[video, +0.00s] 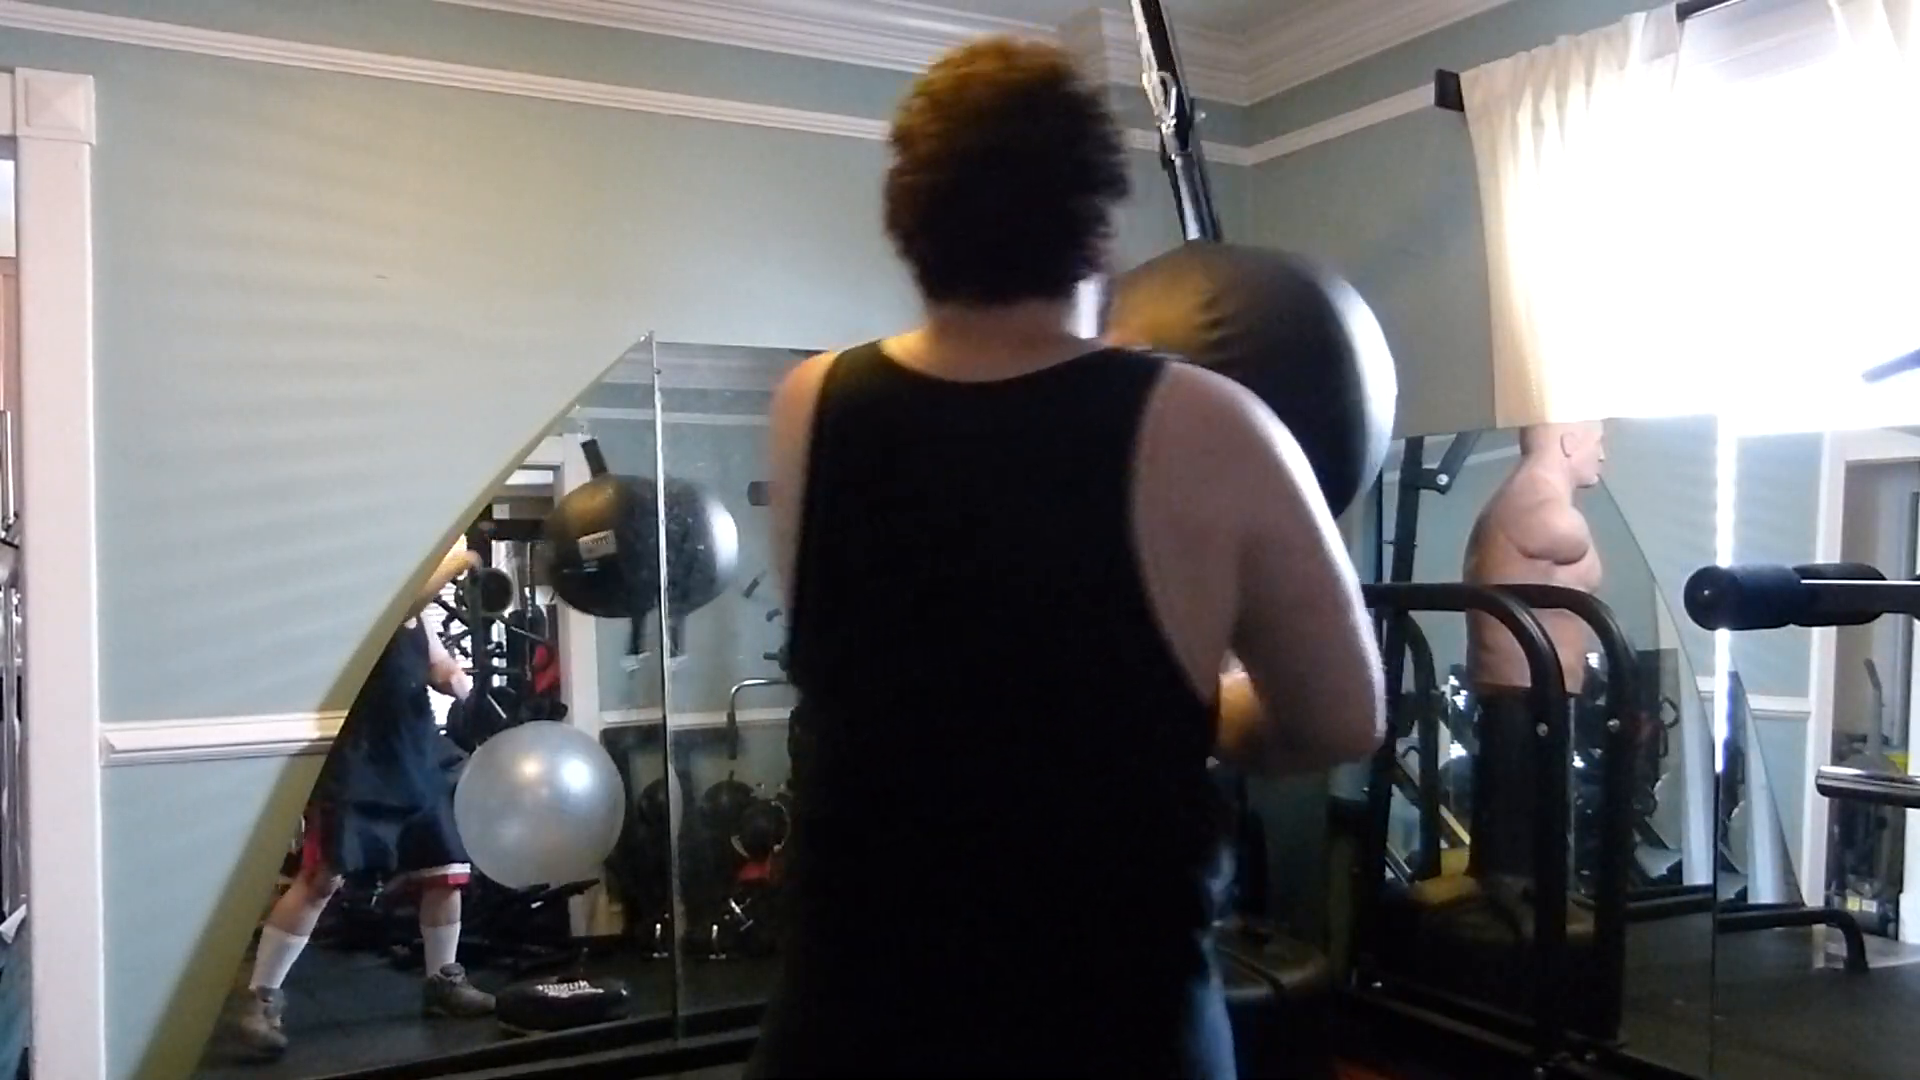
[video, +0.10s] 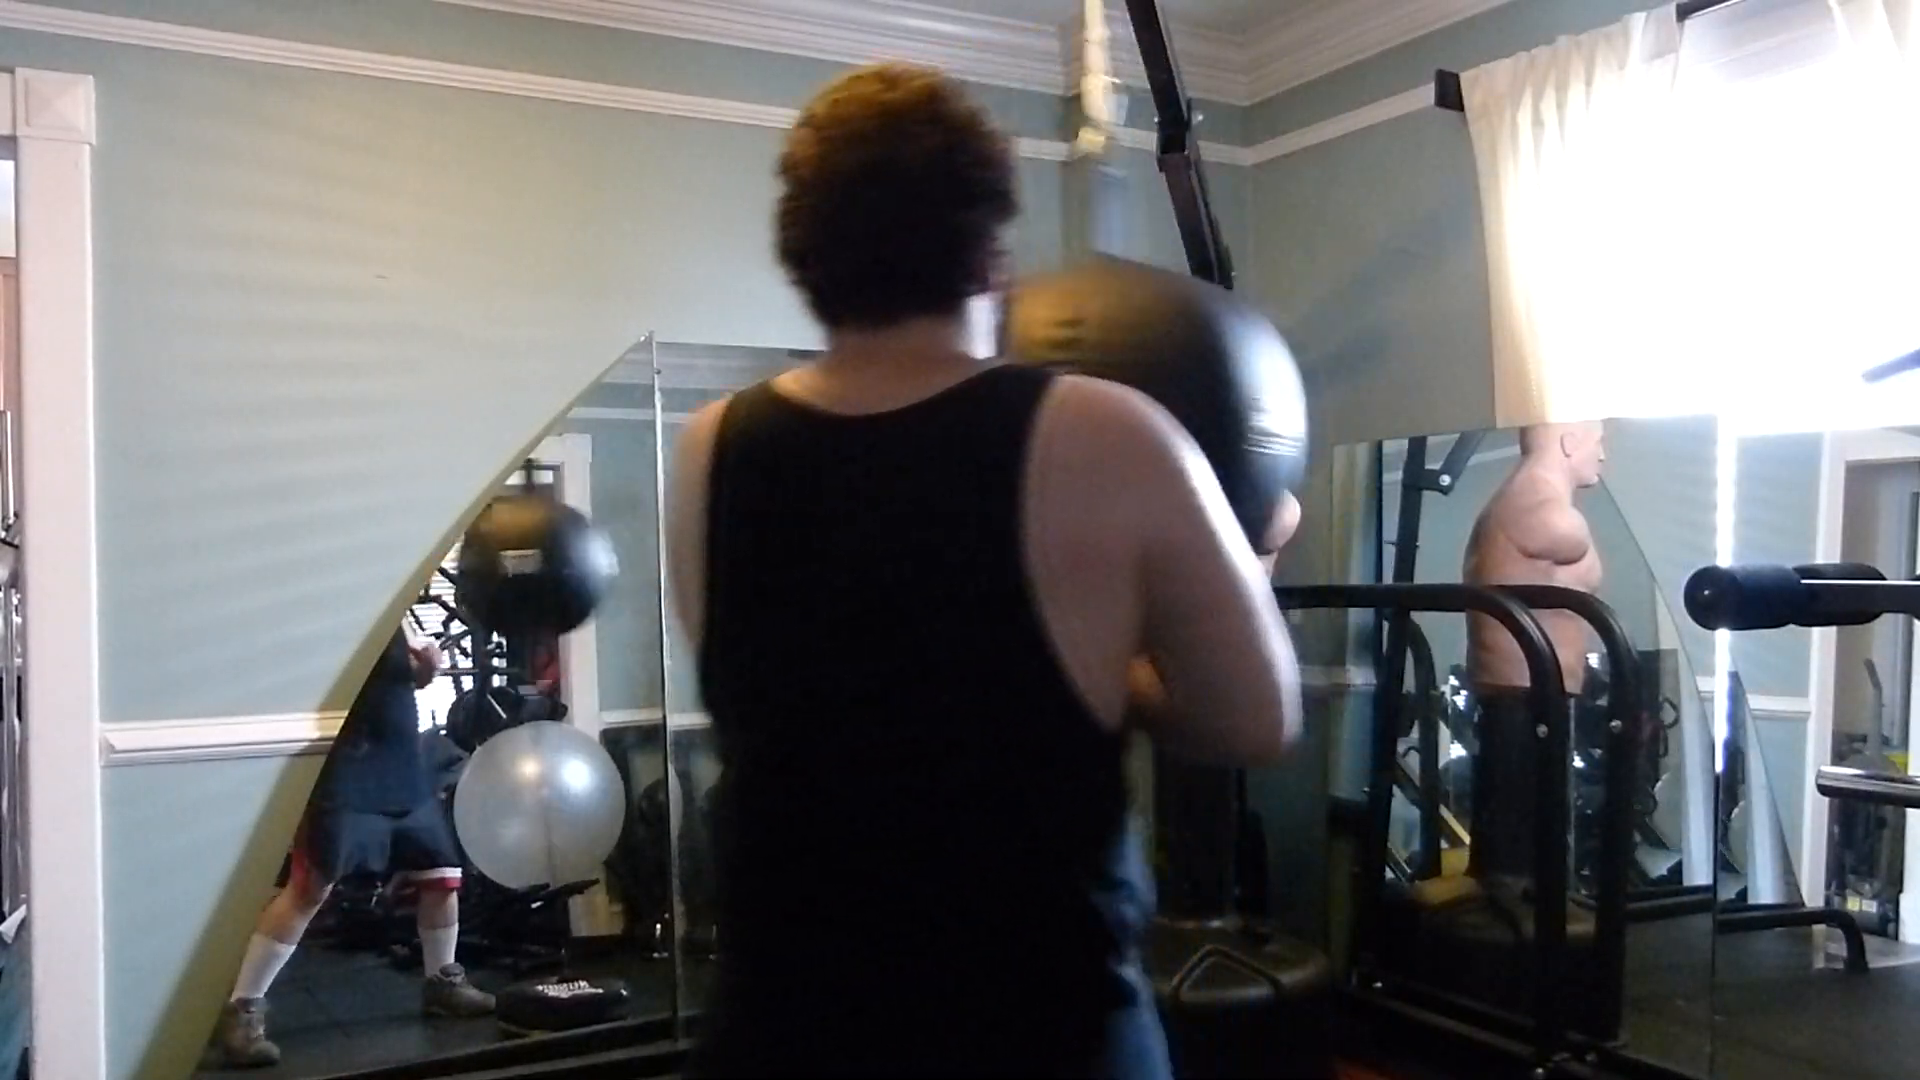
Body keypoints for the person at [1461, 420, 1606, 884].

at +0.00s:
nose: (1603, 456)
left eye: (1603, 442)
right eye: (1598, 441)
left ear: (1556, 441)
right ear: (1567, 442)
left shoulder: (1512, 501)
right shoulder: (1538, 500)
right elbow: (1593, 575)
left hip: (1510, 696)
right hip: (1529, 699)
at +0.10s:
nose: (1603, 456)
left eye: (1603, 442)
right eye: (1598, 440)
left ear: (1556, 441)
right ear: (1567, 441)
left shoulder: (1510, 502)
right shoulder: (1538, 500)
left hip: (1510, 695)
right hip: (1529, 698)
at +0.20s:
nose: (1604, 456)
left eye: (1603, 441)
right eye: (1598, 439)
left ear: (1555, 440)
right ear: (1567, 441)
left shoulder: (1510, 500)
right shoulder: (1539, 499)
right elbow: (1593, 574)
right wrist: (1586, 549)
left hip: (1508, 697)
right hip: (1529, 700)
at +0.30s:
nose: (1603, 456)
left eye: (1602, 442)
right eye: (1598, 440)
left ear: (1555, 441)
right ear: (1567, 441)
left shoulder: (1510, 501)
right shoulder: (1540, 502)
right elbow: (1594, 573)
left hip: (1509, 695)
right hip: (1530, 699)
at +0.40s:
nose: (1603, 456)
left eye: (1602, 441)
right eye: (1598, 439)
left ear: (1556, 440)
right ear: (1567, 441)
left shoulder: (1511, 501)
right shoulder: (1538, 500)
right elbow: (1594, 575)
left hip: (1510, 697)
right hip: (1528, 701)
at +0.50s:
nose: (1604, 455)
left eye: (1603, 440)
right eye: (1598, 439)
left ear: (1558, 441)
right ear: (1567, 441)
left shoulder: (1517, 497)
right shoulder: (1538, 499)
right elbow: (1593, 573)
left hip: (1514, 694)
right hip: (1528, 698)